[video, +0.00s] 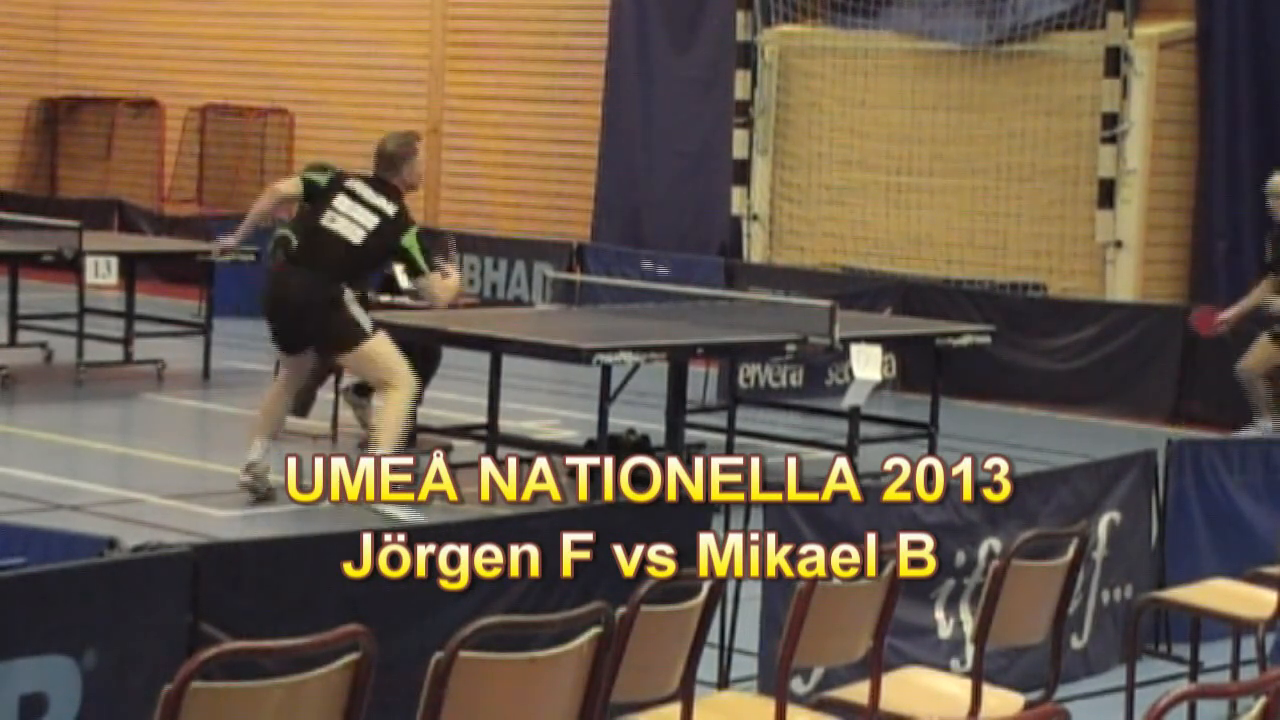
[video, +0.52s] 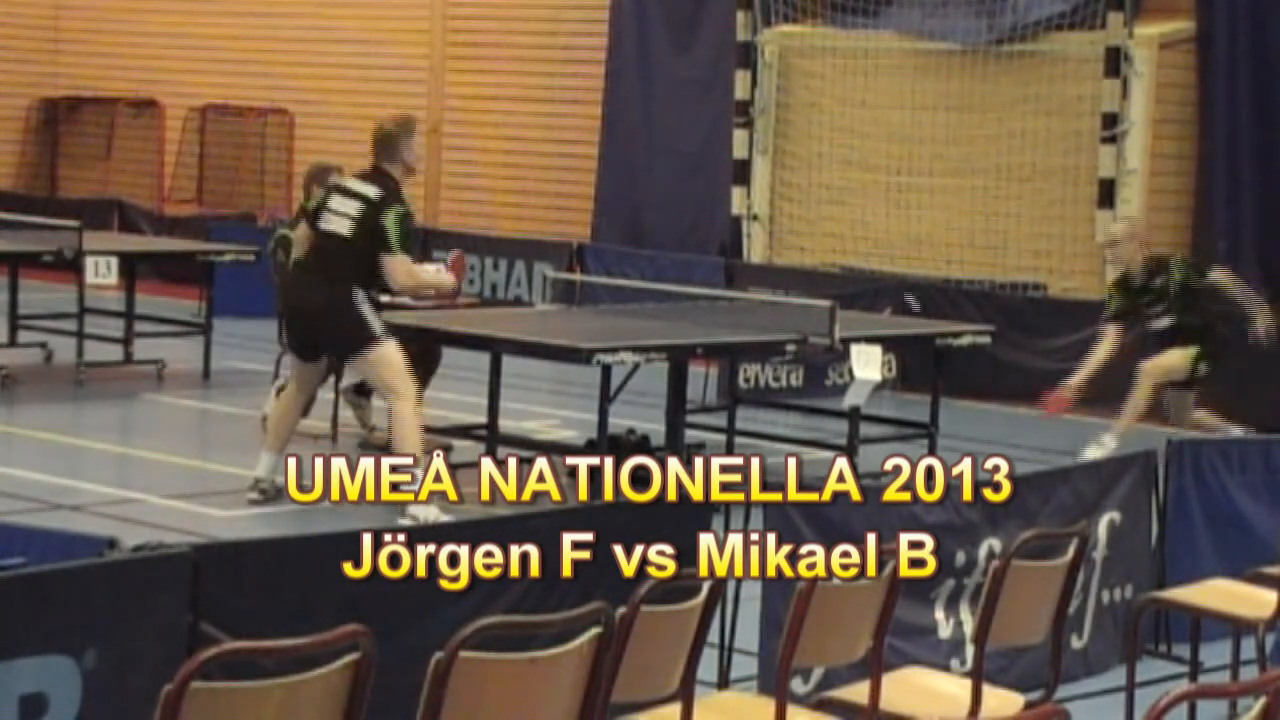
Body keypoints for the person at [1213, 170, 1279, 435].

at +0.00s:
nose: (1271, 204)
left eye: (1274, 198)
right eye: (1270, 198)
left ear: (1279, 201)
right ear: (1268, 201)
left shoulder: (1274, 238)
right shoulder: (1273, 237)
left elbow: (1269, 284)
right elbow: (1269, 284)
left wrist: (1232, 314)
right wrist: (1231, 314)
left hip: (1276, 330)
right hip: (1275, 329)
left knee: (1249, 369)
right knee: (1248, 368)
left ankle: (1267, 421)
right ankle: (1267, 421)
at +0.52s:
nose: (1110, 253)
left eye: (1117, 244)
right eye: (1107, 247)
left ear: (1140, 244)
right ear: (1107, 251)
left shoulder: (1174, 269)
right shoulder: (1121, 289)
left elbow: (1223, 279)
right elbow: (1107, 343)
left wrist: (1258, 314)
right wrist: (1070, 388)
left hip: (1206, 343)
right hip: (1170, 348)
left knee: (1150, 369)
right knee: (1181, 415)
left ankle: (1111, 440)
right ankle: (1245, 436)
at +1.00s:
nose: (1079, 269)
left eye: (1085, 262)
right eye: (1075, 262)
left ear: (1101, 264)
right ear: (1071, 264)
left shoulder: (1125, 284)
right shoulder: (1070, 295)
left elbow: (1164, 308)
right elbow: (1077, 338)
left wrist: (1181, 349)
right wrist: (1076, 381)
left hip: (1151, 329)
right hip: (1118, 339)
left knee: (1114, 360)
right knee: (1120, 418)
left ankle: (1104, 441)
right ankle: (1181, 416)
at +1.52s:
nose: (1055, 202)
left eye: (1060, 194)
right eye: (1049, 195)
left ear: (1070, 196)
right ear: (1041, 199)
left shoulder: (1091, 229)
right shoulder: (1037, 233)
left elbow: (1124, 275)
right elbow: (1030, 282)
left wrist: (1118, 311)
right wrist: (1019, 317)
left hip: (1106, 305)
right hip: (1070, 304)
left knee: (1122, 363)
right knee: (1043, 366)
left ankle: (1151, 428)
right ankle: (1057, 413)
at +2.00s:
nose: (939, 212)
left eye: (944, 205)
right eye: (936, 206)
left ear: (959, 205)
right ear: (935, 209)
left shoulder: (978, 233)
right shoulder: (953, 238)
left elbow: (996, 283)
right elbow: (965, 282)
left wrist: (968, 313)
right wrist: (933, 307)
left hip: (1009, 310)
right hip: (980, 308)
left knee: (1021, 377)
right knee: (926, 334)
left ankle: (1078, 411)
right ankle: (924, 400)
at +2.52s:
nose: (932, 169)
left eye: (938, 163)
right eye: (929, 163)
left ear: (954, 165)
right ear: (927, 167)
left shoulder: (976, 193)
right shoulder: (931, 199)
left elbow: (1003, 235)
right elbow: (901, 230)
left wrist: (981, 269)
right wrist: (875, 211)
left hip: (998, 273)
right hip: (963, 275)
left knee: (1017, 334)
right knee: (927, 331)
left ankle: (1051, 400)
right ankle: (925, 395)